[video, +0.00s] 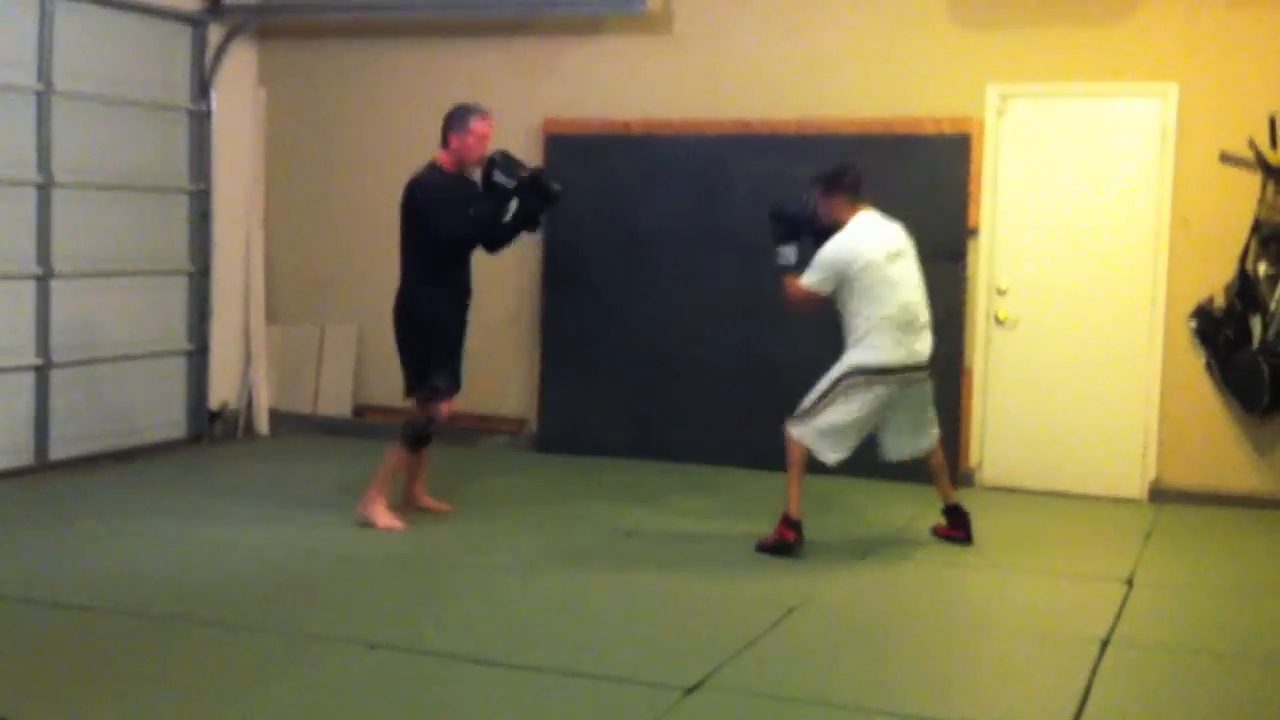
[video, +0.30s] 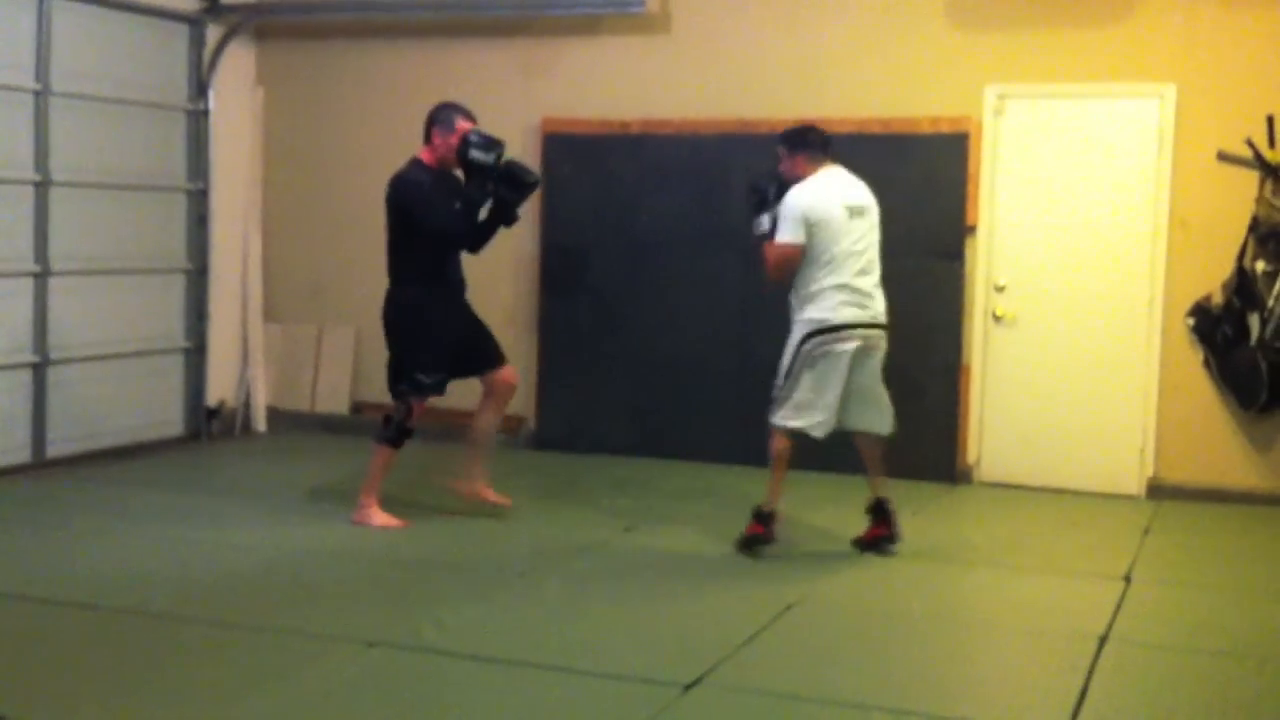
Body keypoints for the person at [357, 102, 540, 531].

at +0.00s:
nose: (486, 149)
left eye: (488, 140)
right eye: (482, 139)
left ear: (465, 139)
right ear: (456, 138)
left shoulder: (463, 185)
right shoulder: (430, 187)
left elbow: (491, 239)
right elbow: (470, 233)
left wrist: (528, 209)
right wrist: (497, 193)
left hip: (446, 308)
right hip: (423, 308)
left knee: (436, 403)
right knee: (431, 404)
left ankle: (415, 491)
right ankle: (376, 498)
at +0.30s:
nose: (468, 148)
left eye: (471, 139)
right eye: (463, 138)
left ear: (449, 139)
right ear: (437, 134)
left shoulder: (449, 183)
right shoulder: (409, 183)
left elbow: (472, 241)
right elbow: (454, 233)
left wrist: (504, 208)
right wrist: (477, 186)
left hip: (448, 307)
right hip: (413, 309)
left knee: (502, 382)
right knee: (408, 405)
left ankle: (472, 479)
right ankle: (368, 502)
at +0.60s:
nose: (490, 156)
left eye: (494, 147)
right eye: (483, 146)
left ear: (495, 151)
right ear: (461, 144)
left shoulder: (489, 194)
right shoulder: (432, 193)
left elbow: (533, 236)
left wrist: (534, 185)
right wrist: (492, 187)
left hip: (483, 317)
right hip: (439, 319)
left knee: (510, 407)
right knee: (426, 415)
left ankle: (539, 507)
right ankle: (368, 502)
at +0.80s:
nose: (511, 146)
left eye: (518, 140)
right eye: (504, 137)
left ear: (525, 143)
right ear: (485, 135)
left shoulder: (526, 187)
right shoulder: (454, 182)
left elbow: (558, 240)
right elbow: (459, 230)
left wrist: (564, 192)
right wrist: (491, 175)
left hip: (510, 310)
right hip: (463, 309)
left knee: (529, 406)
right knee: (464, 410)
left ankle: (544, 506)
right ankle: (427, 493)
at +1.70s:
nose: (525, 143)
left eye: (533, 135)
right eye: (517, 135)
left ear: (547, 137)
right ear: (502, 136)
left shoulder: (576, 184)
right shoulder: (490, 187)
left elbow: (579, 242)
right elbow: (511, 232)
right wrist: (524, 164)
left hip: (568, 314)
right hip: (515, 314)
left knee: (585, 413)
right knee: (486, 413)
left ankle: (602, 528)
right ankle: (464, 500)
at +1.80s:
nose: (513, 141)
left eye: (518, 133)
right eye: (508, 133)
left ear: (507, 134)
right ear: (515, 134)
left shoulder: (566, 181)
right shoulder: (484, 191)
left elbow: (613, 227)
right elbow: (507, 243)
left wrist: (600, 268)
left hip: (565, 312)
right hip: (511, 314)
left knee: (582, 414)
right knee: (475, 413)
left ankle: (604, 530)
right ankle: (446, 505)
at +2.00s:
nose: (520, 143)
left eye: (527, 134)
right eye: (511, 135)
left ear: (538, 132)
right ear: (494, 133)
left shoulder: (555, 180)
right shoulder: (478, 184)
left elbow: (600, 212)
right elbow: (473, 242)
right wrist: (491, 179)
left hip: (549, 308)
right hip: (497, 308)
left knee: (560, 402)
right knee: (470, 409)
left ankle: (581, 521)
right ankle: (446, 507)